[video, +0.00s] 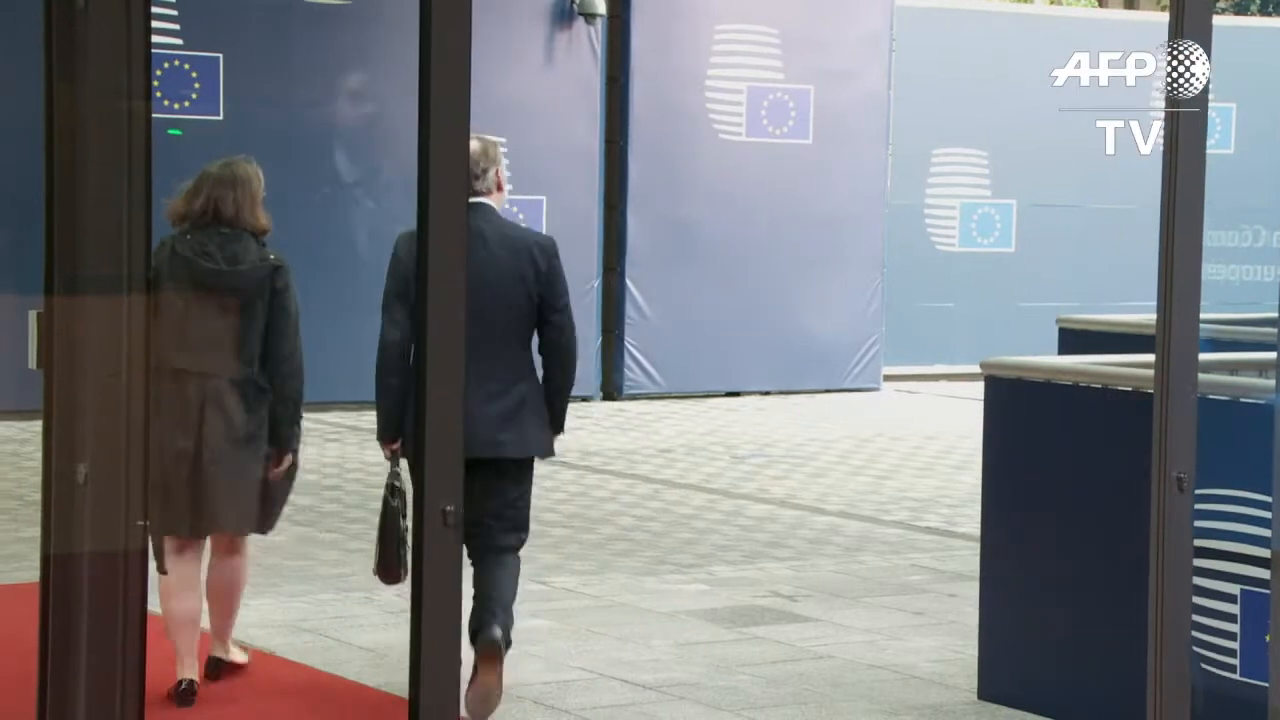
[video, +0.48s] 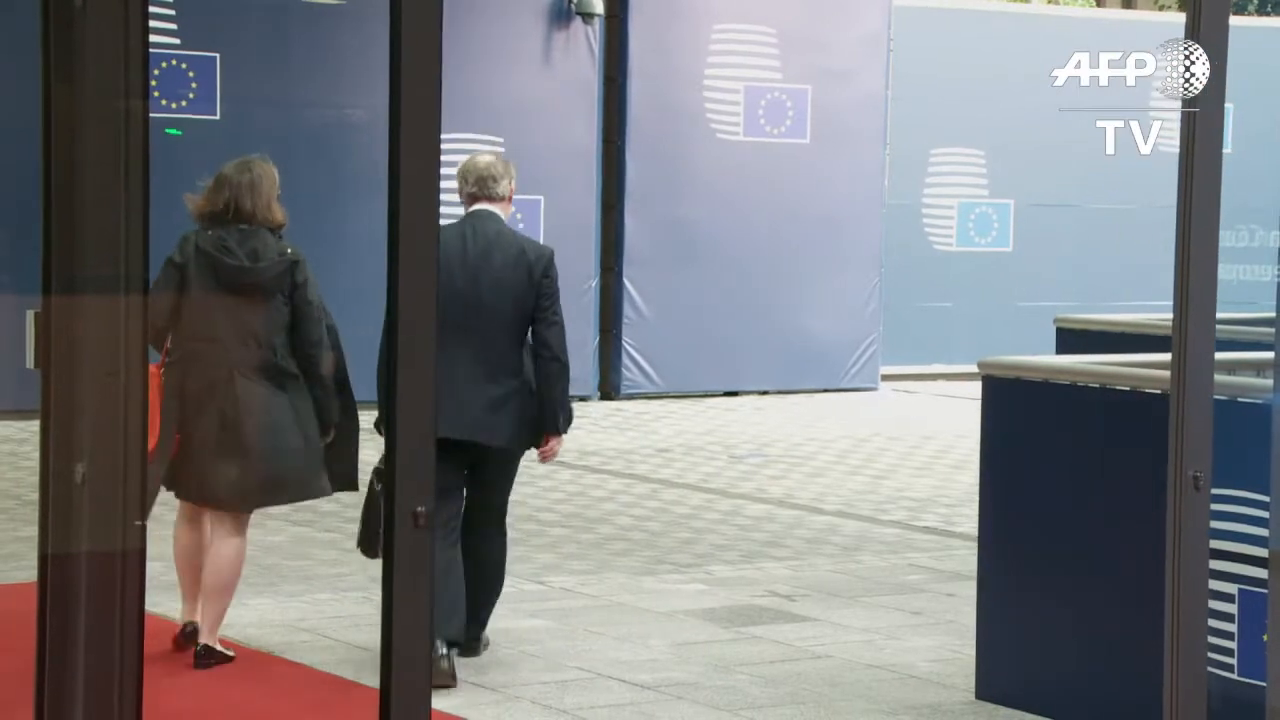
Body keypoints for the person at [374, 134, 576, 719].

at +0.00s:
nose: (506, 184)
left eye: (499, 175)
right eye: (505, 177)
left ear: (447, 181)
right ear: (497, 182)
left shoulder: (413, 246)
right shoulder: (535, 248)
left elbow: (394, 341)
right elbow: (561, 344)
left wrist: (390, 422)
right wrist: (551, 415)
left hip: (433, 429)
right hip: (507, 427)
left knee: (435, 554)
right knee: (499, 543)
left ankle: (435, 680)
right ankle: (491, 639)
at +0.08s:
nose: (503, 178)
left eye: (498, 169)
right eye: (501, 171)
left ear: (445, 176)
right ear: (493, 176)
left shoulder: (409, 240)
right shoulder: (531, 241)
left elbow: (392, 335)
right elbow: (552, 338)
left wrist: (388, 413)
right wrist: (557, 414)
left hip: (432, 412)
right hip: (505, 415)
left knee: (432, 535)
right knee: (499, 523)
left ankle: (436, 666)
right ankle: (487, 615)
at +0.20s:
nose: (505, 175)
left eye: (500, 167)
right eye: (503, 169)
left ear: (445, 173)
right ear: (495, 174)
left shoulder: (408, 232)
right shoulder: (529, 238)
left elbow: (389, 323)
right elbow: (550, 332)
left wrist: (382, 402)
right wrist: (556, 408)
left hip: (431, 408)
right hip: (501, 409)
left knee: (434, 525)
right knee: (495, 518)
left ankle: (436, 651)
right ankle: (484, 637)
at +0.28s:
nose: (508, 182)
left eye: (504, 174)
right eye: (506, 175)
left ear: (444, 180)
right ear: (496, 179)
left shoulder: (411, 235)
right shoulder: (529, 241)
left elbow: (387, 324)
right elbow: (550, 334)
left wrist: (383, 403)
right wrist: (553, 407)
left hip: (430, 410)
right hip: (500, 411)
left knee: (435, 528)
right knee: (492, 522)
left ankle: (437, 656)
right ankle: (485, 643)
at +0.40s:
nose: (504, 198)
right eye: (505, 191)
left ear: (453, 193)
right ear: (502, 195)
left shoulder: (418, 243)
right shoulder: (530, 253)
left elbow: (389, 333)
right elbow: (549, 344)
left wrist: (384, 409)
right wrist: (552, 417)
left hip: (430, 415)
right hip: (500, 418)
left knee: (436, 532)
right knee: (489, 526)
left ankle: (440, 656)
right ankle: (475, 628)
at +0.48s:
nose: (509, 202)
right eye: (511, 194)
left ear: (461, 195)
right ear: (508, 197)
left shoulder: (425, 245)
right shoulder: (533, 256)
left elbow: (396, 333)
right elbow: (550, 346)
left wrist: (390, 413)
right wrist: (554, 419)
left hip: (433, 414)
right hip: (501, 417)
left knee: (437, 525)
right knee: (487, 523)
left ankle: (439, 641)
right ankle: (471, 631)